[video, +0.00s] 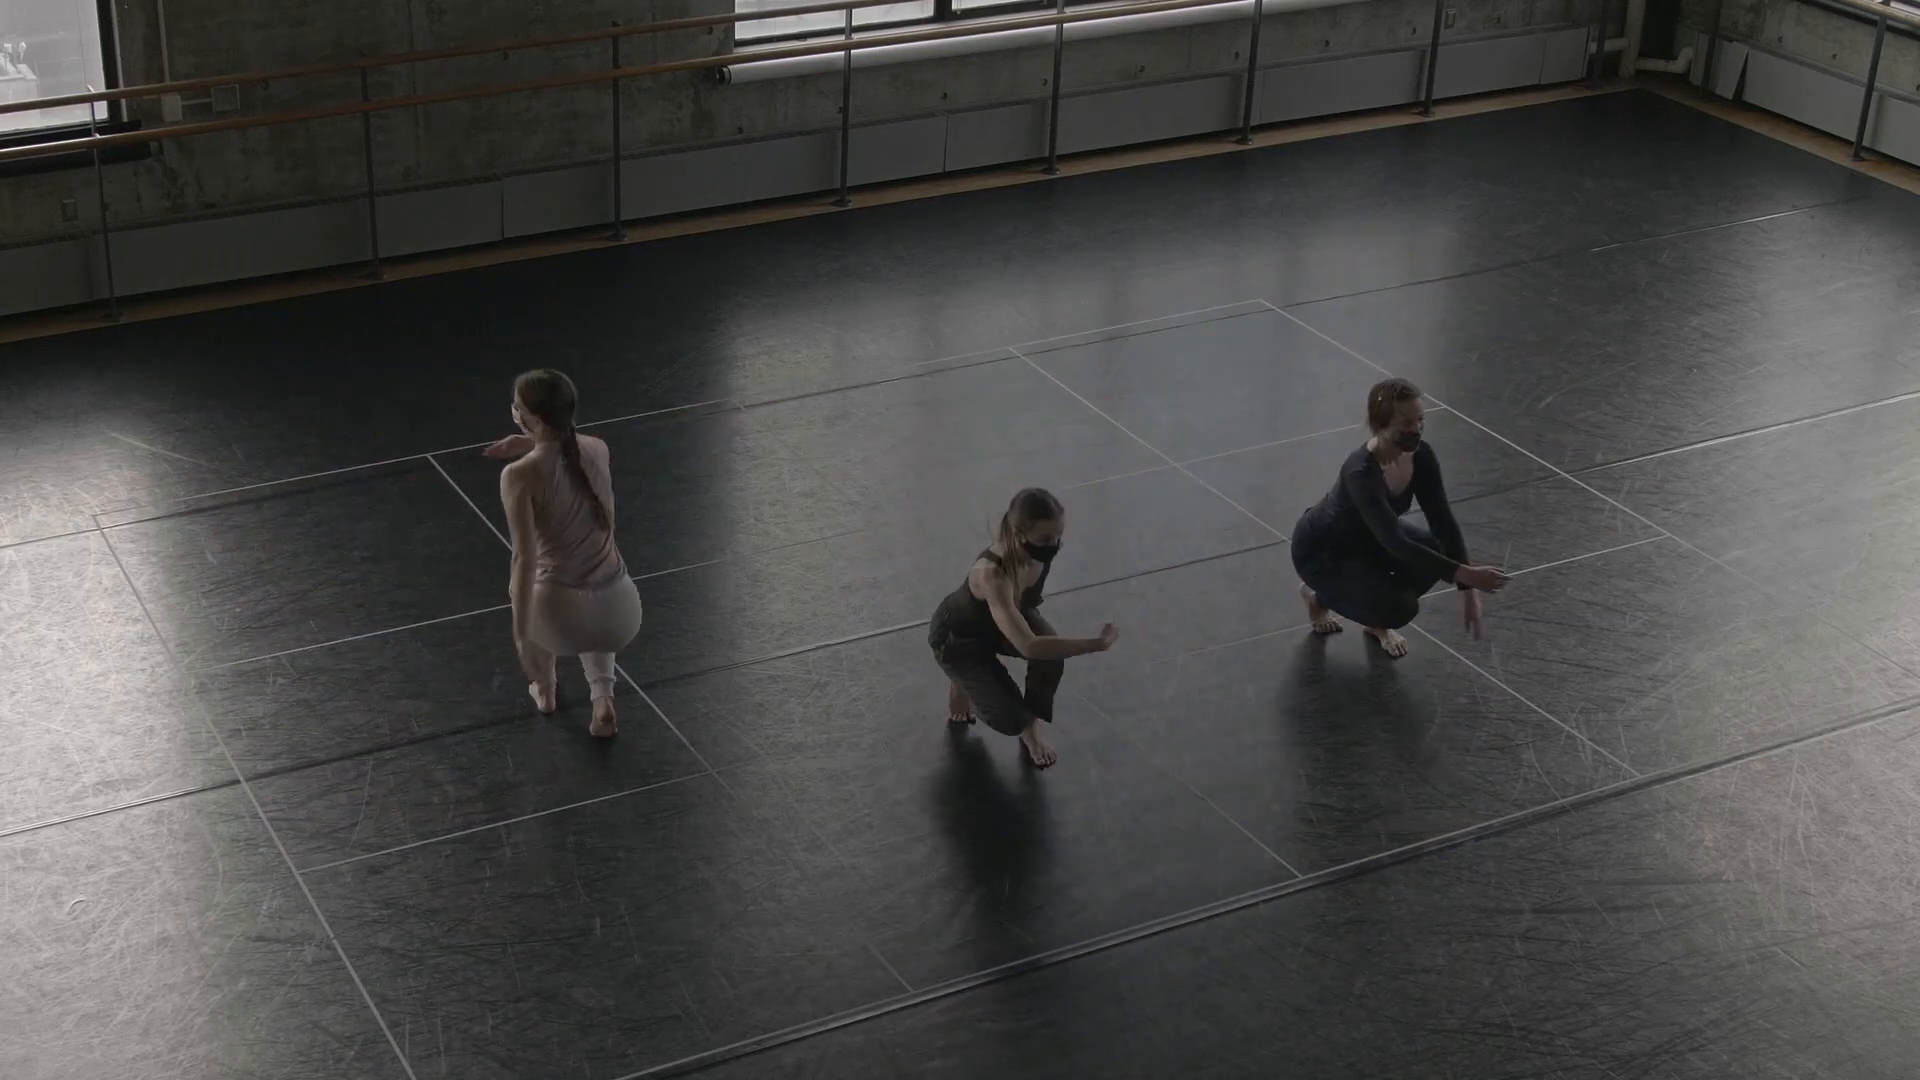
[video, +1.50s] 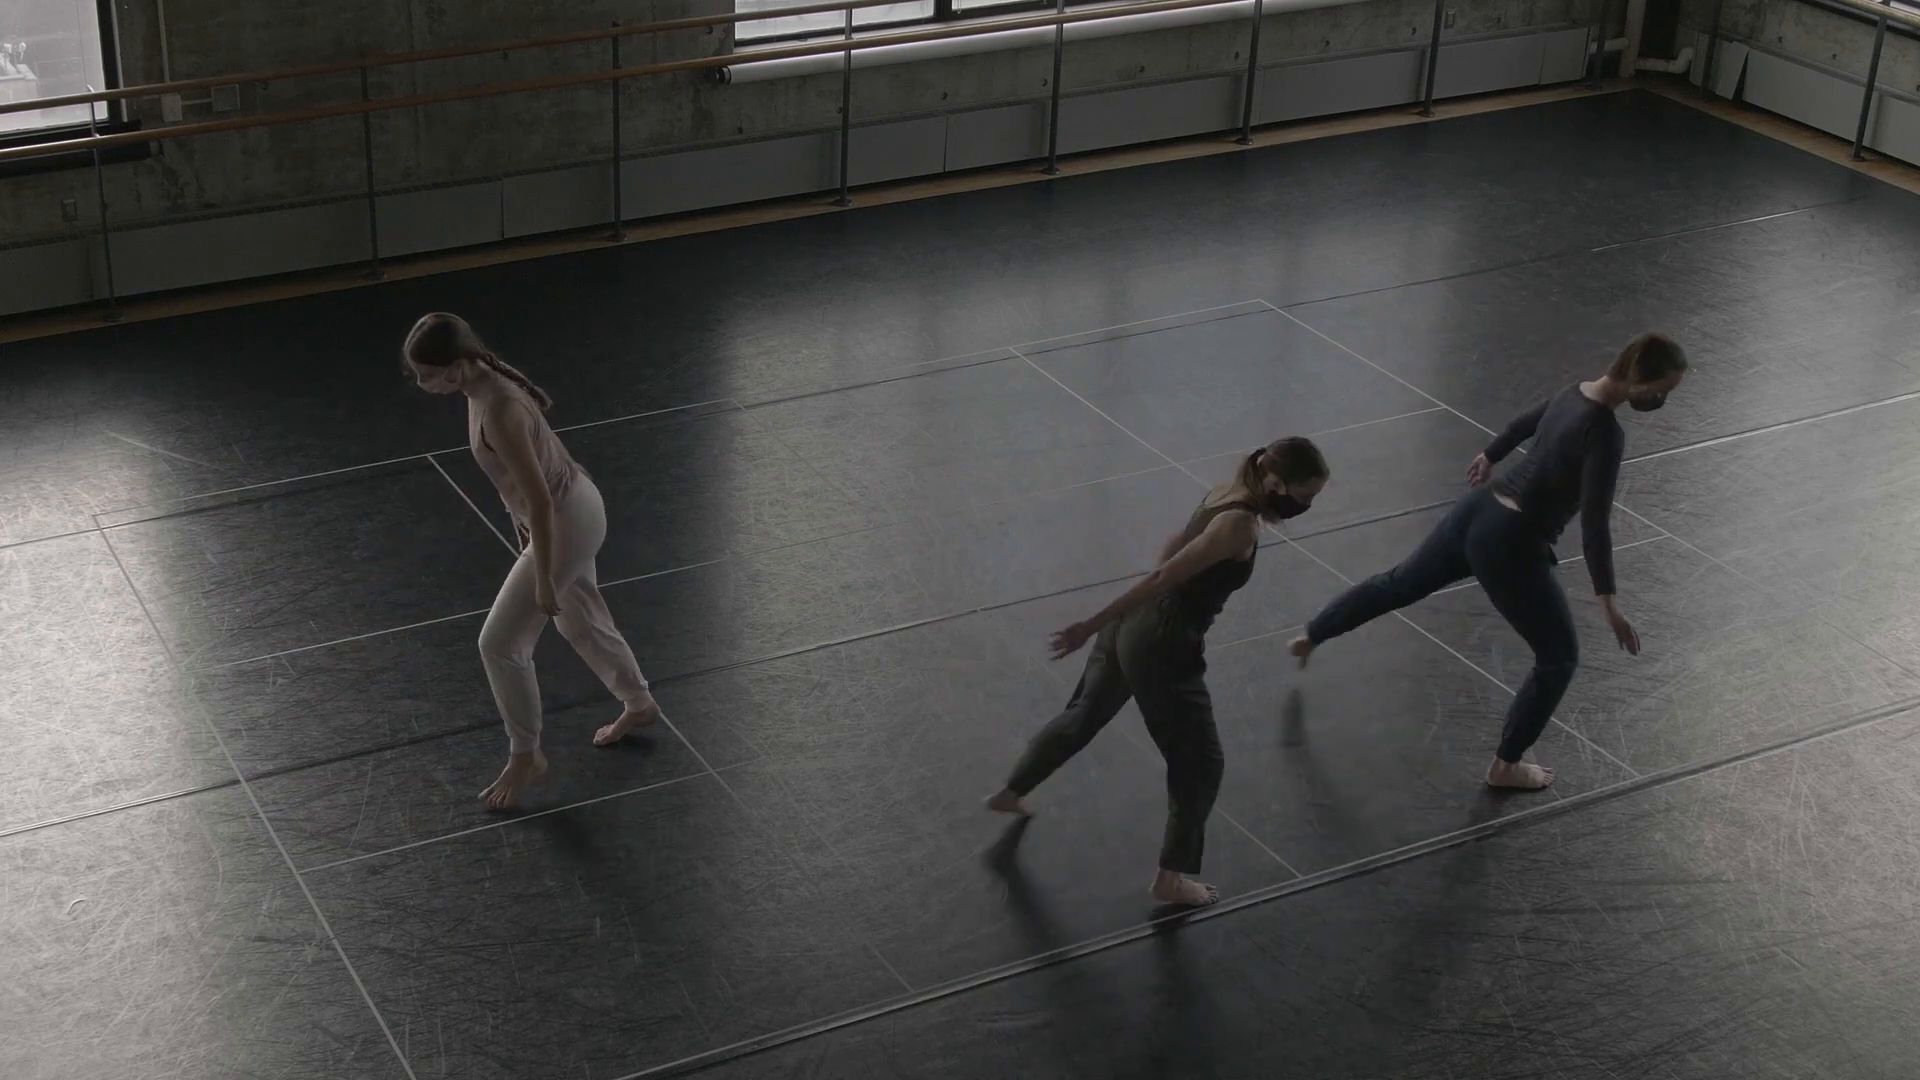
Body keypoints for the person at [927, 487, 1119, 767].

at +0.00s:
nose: (1053, 549)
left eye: (1057, 539)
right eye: (1044, 543)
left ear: (1060, 529)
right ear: (1018, 536)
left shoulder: (1040, 547)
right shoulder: (992, 574)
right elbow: (1030, 646)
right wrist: (1096, 644)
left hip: (1001, 617)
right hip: (958, 638)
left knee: (1051, 651)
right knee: (1014, 722)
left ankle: (1031, 727)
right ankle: (962, 682)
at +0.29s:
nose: (1070, 506)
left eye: (1075, 497)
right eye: (1060, 500)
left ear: (1079, 488)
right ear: (1035, 494)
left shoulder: (1074, 513)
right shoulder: (1002, 530)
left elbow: (1067, 540)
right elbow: (1032, 600)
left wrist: (1063, 584)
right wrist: (1092, 637)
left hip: (1023, 588)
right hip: (976, 597)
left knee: (1063, 657)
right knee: (1017, 701)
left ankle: (1032, 725)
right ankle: (958, 682)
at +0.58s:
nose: (1108, 425)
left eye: (1112, 416)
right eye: (1099, 419)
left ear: (1118, 405)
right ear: (1074, 411)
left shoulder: (1115, 435)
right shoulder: (1037, 440)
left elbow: (1109, 475)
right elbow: (972, 499)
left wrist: (1102, 521)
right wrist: (912, 557)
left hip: (1075, 537)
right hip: (1021, 539)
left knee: (1103, 639)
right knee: (1001, 647)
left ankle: (1079, 733)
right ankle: (954, 679)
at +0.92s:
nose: (1184, 489)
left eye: (1190, 481)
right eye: (1176, 483)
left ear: (1197, 467)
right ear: (1151, 470)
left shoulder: (1192, 493)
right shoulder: (1112, 491)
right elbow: (1062, 492)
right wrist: (1085, 491)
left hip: (1144, 593)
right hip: (1089, 584)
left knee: (1182, 695)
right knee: (1019, 634)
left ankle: (1156, 771)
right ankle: (960, 671)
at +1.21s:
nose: (1267, 500)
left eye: (1272, 493)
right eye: (1262, 492)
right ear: (1234, 477)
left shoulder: (1236, 504)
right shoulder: (1181, 505)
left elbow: (1198, 547)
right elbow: (1112, 532)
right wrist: (1047, 562)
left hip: (1178, 604)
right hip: (1127, 604)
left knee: (1189, 715)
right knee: (1136, 729)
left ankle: (1162, 771)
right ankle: (1061, 765)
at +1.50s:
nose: (1302, 509)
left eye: (1307, 502)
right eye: (1301, 500)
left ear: (1267, 472)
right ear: (1271, 481)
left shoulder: (1229, 495)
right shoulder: (1237, 527)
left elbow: (1174, 548)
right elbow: (1162, 579)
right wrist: (1091, 625)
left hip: (1130, 626)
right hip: (1164, 650)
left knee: (1083, 716)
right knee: (1199, 761)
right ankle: (1173, 876)